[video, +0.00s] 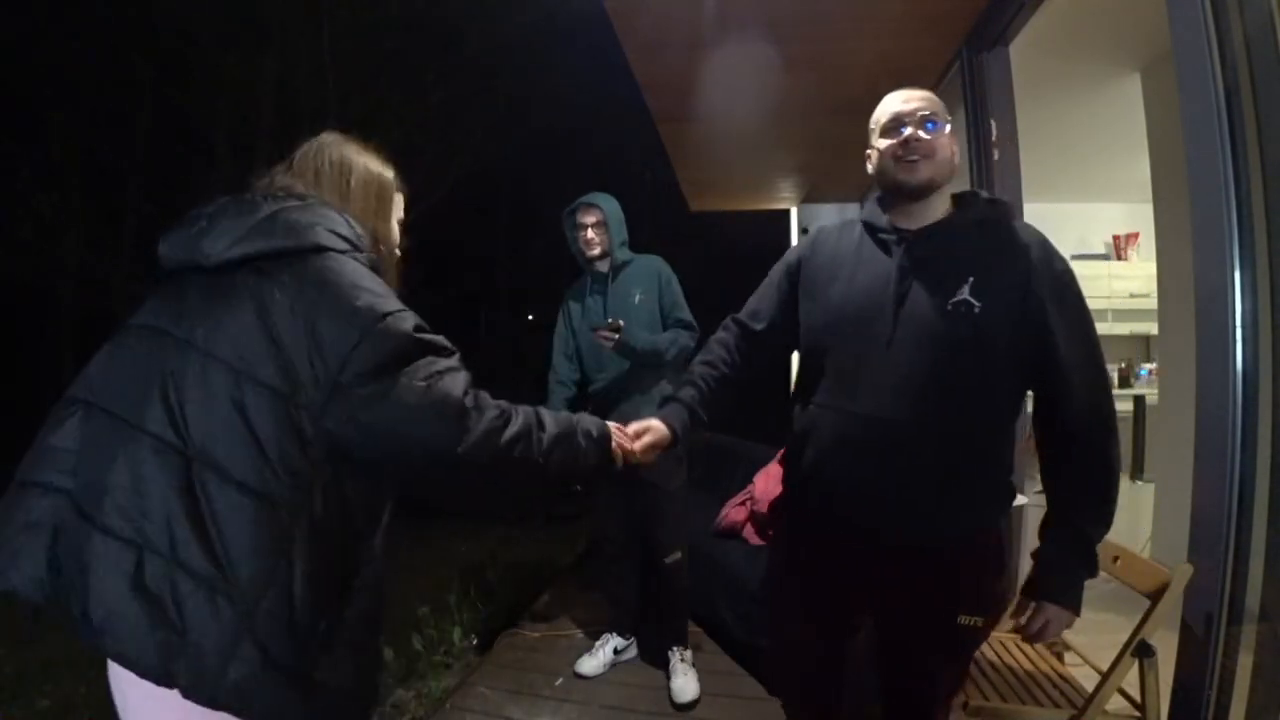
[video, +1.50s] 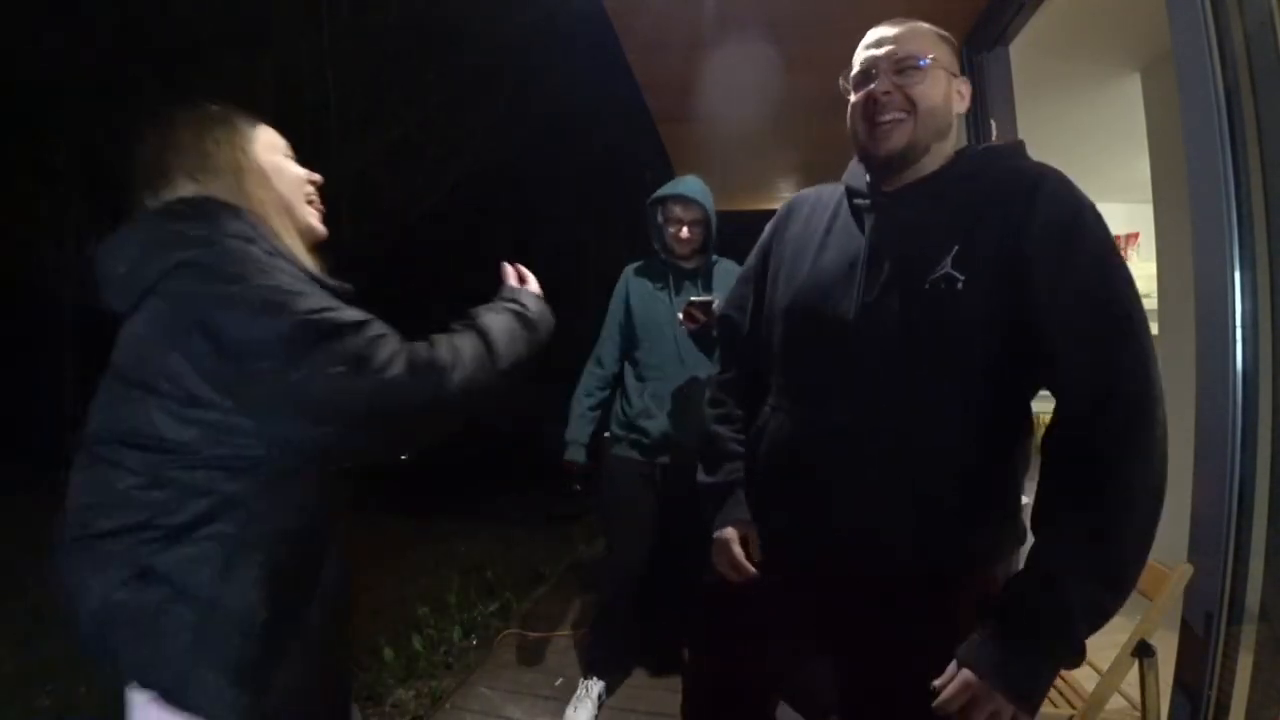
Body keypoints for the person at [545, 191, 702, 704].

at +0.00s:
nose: (590, 236)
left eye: (598, 227)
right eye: (582, 230)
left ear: (617, 228)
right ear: (573, 238)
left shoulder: (651, 271)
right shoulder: (576, 298)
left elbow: (687, 340)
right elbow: (562, 377)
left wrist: (633, 340)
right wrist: (558, 436)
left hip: (659, 426)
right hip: (601, 434)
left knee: (667, 543)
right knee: (612, 536)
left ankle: (676, 648)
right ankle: (622, 634)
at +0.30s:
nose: (612, 241)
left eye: (619, 230)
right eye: (602, 234)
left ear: (637, 229)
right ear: (592, 241)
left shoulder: (672, 272)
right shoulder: (593, 296)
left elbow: (701, 341)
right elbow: (579, 370)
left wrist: (646, 329)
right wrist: (565, 433)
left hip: (671, 438)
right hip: (614, 438)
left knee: (681, 549)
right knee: (615, 540)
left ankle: (692, 644)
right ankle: (621, 634)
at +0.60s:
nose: (653, 239)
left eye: (662, 229)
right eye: (643, 230)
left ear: (679, 229)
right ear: (632, 235)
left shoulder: (710, 274)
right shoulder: (625, 291)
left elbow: (726, 353)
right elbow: (606, 368)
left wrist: (678, 332)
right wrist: (594, 432)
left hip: (695, 437)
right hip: (636, 436)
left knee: (694, 540)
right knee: (626, 535)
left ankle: (694, 642)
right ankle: (620, 633)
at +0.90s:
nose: (690, 237)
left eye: (700, 228)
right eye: (681, 228)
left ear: (717, 230)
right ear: (668, 230)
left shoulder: (736, 285)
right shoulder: (651, 282)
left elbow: (750, 357)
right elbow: (620, 358)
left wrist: (712, 327)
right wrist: (603, 422)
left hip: (707, 437)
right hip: (645, 433)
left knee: (700, 540)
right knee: (631, 536)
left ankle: (696, 645)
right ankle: (620, 633)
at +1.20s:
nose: (696, 231)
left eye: (706, 222)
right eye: (688, 222)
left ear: (726, 226)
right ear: (675, 226)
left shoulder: (744, 281)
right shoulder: (655, 281)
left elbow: (765, 345)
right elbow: (609, 344)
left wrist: (721, 318)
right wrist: (556, 395)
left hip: (712, 439)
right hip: (649, 435)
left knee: (699, 548)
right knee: (634, 545)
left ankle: (696, 645)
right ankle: (609, 652)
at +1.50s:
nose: (681, 233)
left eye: (692, 223)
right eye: (671, 223)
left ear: (709, 226)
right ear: (657, 227)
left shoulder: (733, 280)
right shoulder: (635, 282)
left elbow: (755, 354)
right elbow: (604, 362)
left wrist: (718, 325)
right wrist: (579, 435)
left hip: (707, 451)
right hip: (636, 448)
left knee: (698, 561)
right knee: (628, 560)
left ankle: (698, 662)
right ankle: (598, 672)